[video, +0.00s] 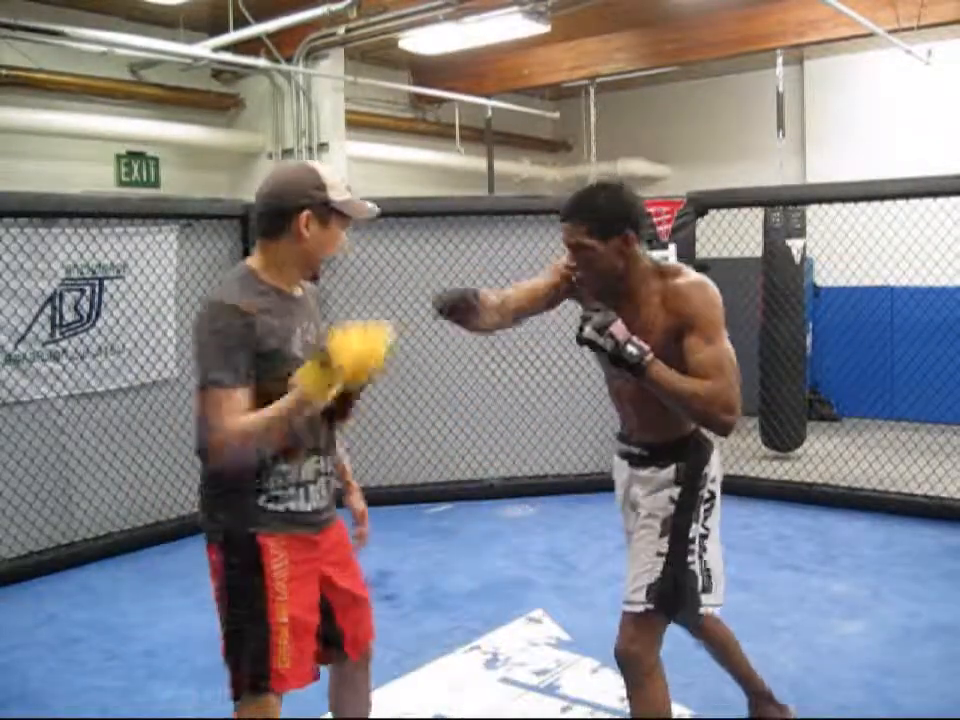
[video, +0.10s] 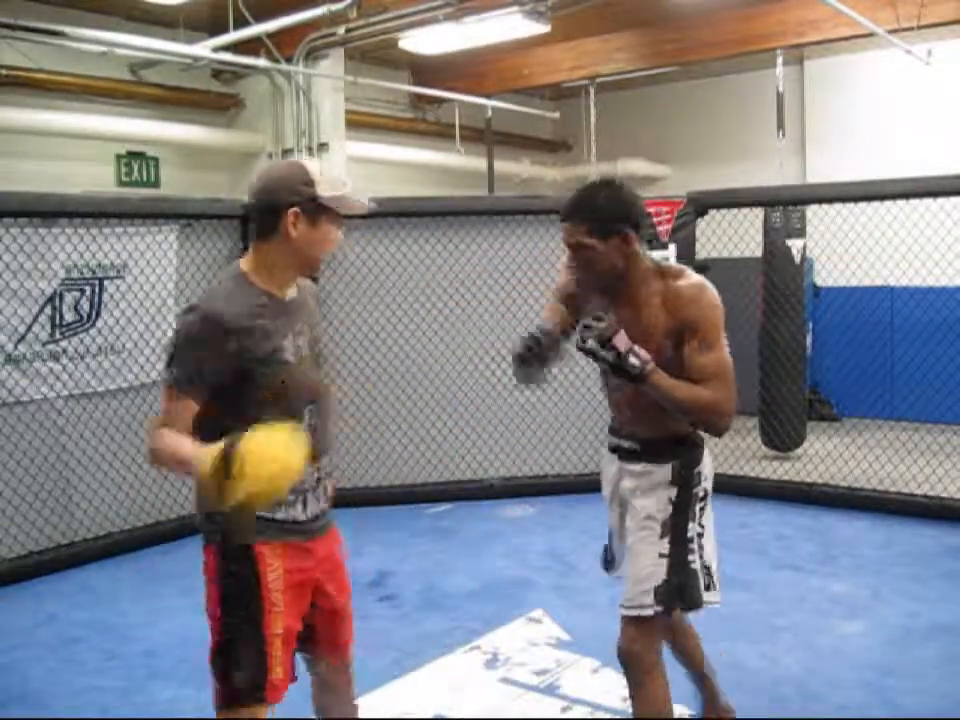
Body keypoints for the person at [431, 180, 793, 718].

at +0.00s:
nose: (569, 261)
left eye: (581, 249)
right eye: (568, 248)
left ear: (626, 244)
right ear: (616, 243)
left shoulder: (690, 295)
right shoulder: (581, 277)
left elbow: (723, 411)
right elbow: (509, 305)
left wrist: (638, 358)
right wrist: (472, 310)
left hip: (681, 472)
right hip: (633, 468)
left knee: (636, 651)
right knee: (687, 609)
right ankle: (765, 702)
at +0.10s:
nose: (571, 261)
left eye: (581, 248)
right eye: (569, 248)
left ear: (625, 241)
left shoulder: (690, 295)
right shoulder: (582, 282)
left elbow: (719, 413)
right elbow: (535, 363)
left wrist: (637, 365)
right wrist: (532, 354)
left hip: (674, 472)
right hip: (621, 463)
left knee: (637, 647)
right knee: (662, 610)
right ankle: (716, 703)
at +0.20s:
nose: (569, 266)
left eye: (577, 254)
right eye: (566, 253)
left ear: (620, 248)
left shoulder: (682, 298)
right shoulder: (584, 286)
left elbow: (714, 408)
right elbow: (590, 364)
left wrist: (637, 376)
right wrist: (568, 379)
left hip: (663, 473)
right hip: (614, 465)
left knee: (639, 645)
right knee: (640, 629)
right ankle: (668, 708)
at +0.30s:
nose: (558, 269)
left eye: (564, 257)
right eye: (555, 257)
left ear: (603, 249)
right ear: (597, 250)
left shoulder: (664, 298)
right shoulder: (600, 294)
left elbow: (684, 405)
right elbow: (619, 371)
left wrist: (606, 370)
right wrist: (577, 366)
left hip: (656, 473)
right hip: (615, 463)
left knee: (626, 643)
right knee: (647, 618)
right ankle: (674, 711)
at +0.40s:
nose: (549, 266)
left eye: (556, 254)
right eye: (546, 254)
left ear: (593, 246)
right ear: (588, 247)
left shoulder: (640, 291)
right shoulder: (601, 288)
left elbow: (631, 398)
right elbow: (611, 370)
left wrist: (570, 351)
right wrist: (568, 343)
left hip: (655, 468)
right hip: (620, 459)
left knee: (602, 631)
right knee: (649, 597)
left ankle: (616, 713)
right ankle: (676, 709)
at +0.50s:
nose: (538, 265)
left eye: (547, 255)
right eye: (536, 253)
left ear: (582, 246)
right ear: (577, 245)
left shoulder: (614, 285)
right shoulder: (599, 278)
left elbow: (611, 390)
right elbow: (602, 370)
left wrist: (552, 343)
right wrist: (550, 333)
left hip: (646, 461)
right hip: (621, 454)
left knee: (584, 622)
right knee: (649, 589)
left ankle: (583, 712)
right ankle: (678, 708)